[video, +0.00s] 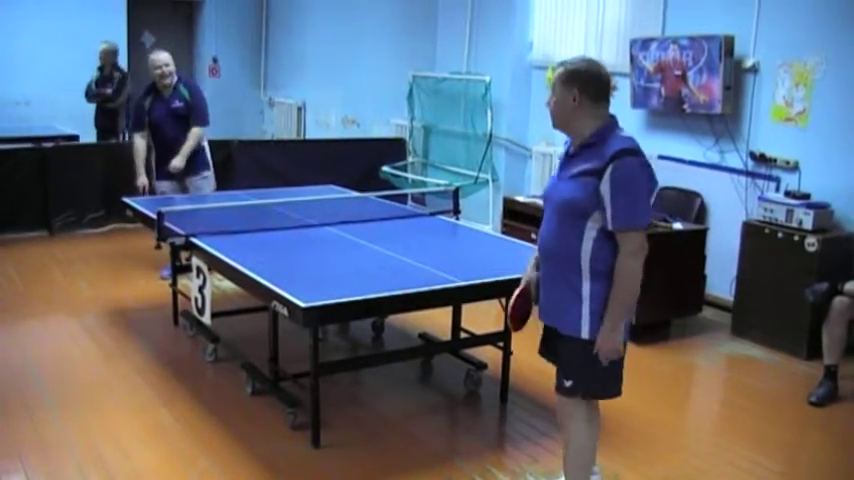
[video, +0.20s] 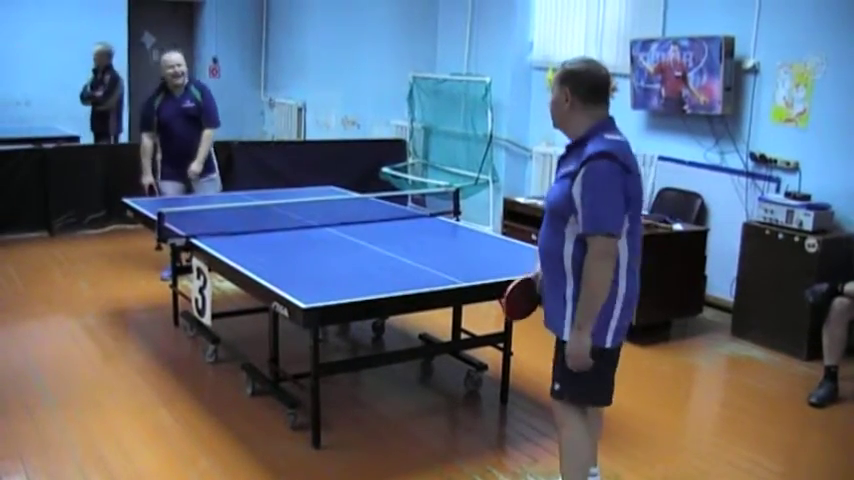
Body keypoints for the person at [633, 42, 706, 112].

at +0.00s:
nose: (673, 53)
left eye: (675, 50)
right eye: (672, 50)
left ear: (679, 51)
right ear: (668, 51)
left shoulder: (682, 65)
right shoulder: (663, 64)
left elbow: (687, 83)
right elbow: (652, 71)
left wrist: (699, 96)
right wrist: (642, 62)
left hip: (679, 97)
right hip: (666, 96)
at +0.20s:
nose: (674, 54)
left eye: (676, 51)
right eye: (672, 51)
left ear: (679, 52)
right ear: (668, 52)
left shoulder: (682, 66)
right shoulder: (663, 65)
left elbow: (688, 84)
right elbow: (652, 72)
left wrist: (699, 97)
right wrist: (642, 63)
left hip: (679, 98)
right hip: (667, 97)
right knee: (667, 122)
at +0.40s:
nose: (674, 54)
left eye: (676, 51)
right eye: (673, 52)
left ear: (680, 52)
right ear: (669, 53)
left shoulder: (682, 66)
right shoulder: (664, 65)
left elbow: (688, 84)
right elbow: (653, 72)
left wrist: (700, 97)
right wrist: (643, 62)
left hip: (680, 98)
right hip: (668, 98)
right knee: (667, 124)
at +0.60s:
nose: (675, 54)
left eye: (677, 51)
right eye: (673, 52)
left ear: (680, 52)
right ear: (670, 52)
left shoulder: (683, 66)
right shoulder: (665, 65)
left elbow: (689, 84)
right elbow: (653, 72)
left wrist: (700, 97)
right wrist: (643, 62)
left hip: (681, 98)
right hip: (668, 98)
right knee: (668, 125)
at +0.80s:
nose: (675, 54)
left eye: (677, 51)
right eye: (674, 52)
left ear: (681, 53)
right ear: (670, 53)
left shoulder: (683, 66)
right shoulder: (665, 65)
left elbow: (689, 84)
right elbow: (654, 72)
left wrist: (701, 97)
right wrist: (643, 62)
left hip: (681, 98)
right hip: (668, 98)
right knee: (668, 124)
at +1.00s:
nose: (676, 54)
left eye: (678, 51)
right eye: (674, 51)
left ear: (681, 52)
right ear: (670, 52)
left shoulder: (684, 66)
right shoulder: (665, 65)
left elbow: (689, 84)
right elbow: (654, 72)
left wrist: (701, 97)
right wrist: (644, 62)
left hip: (681, 98)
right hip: (669, 98)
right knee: (669, 122)